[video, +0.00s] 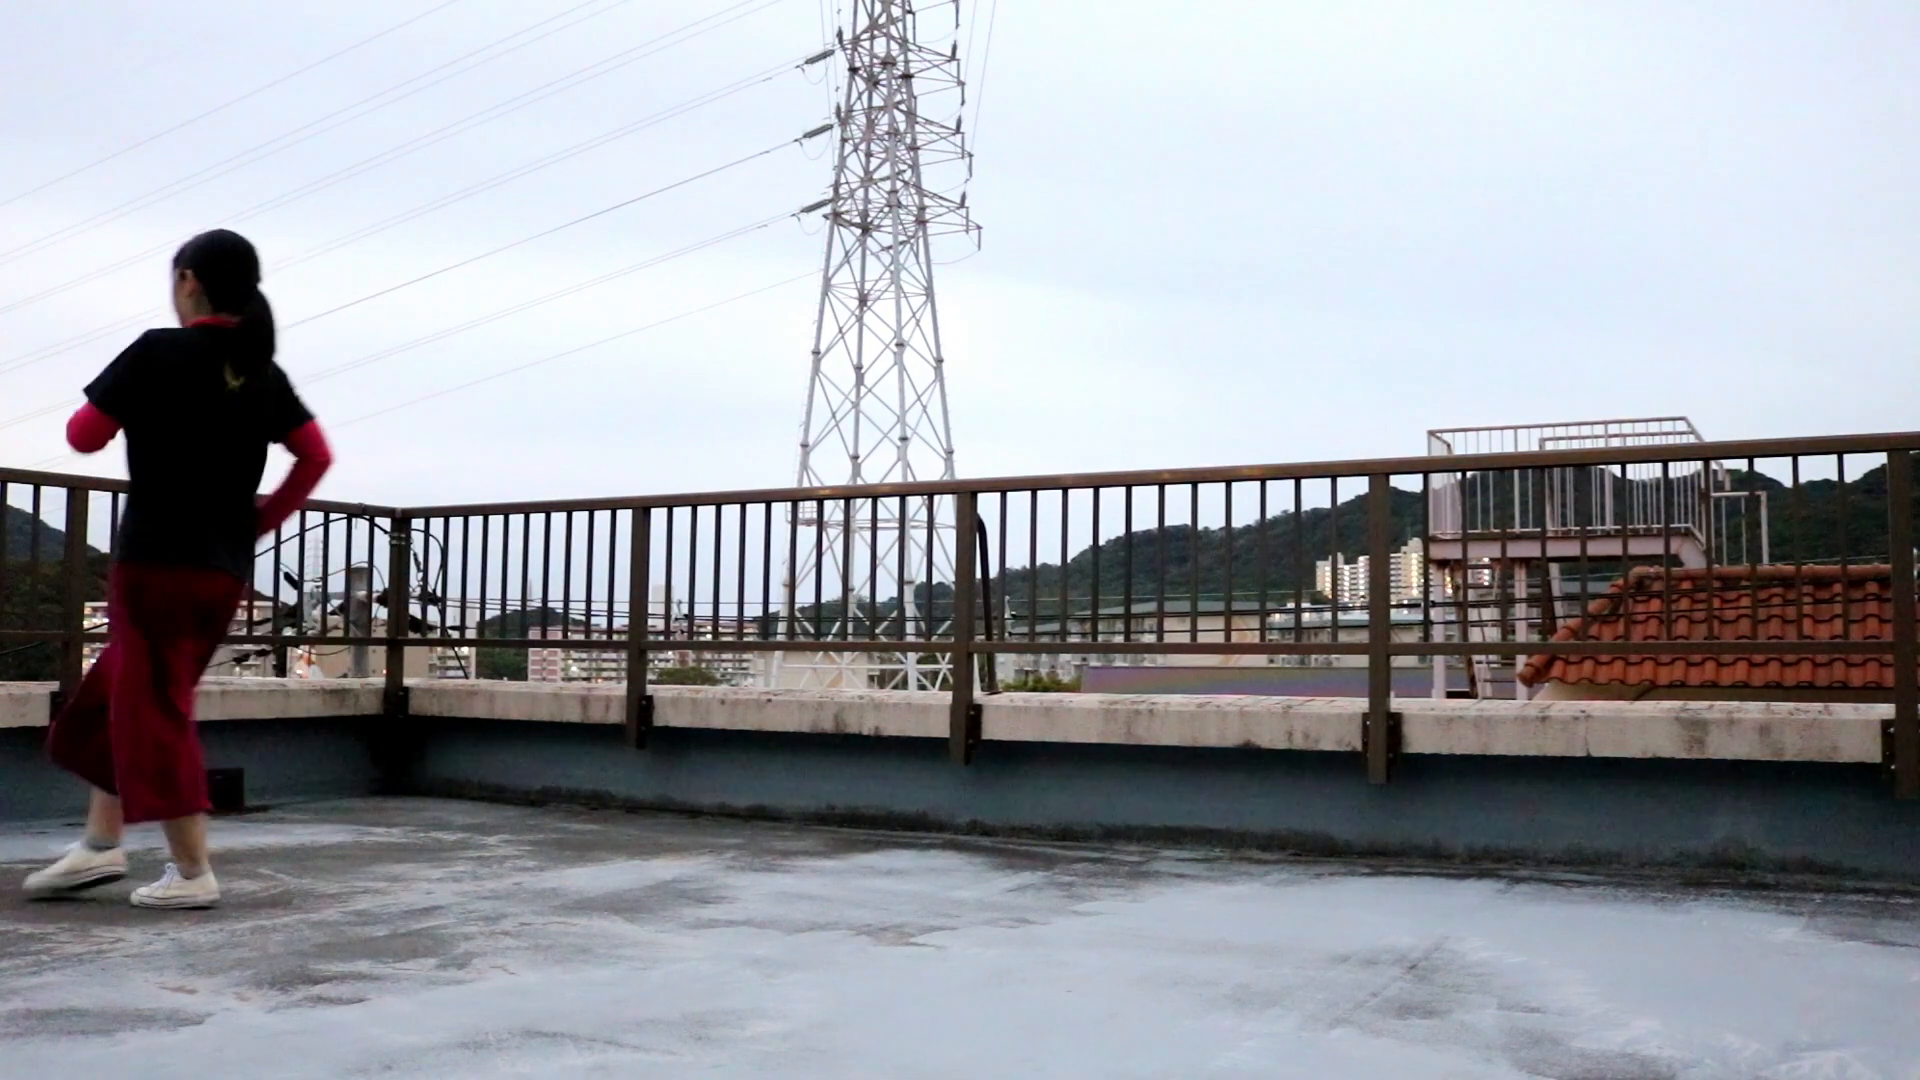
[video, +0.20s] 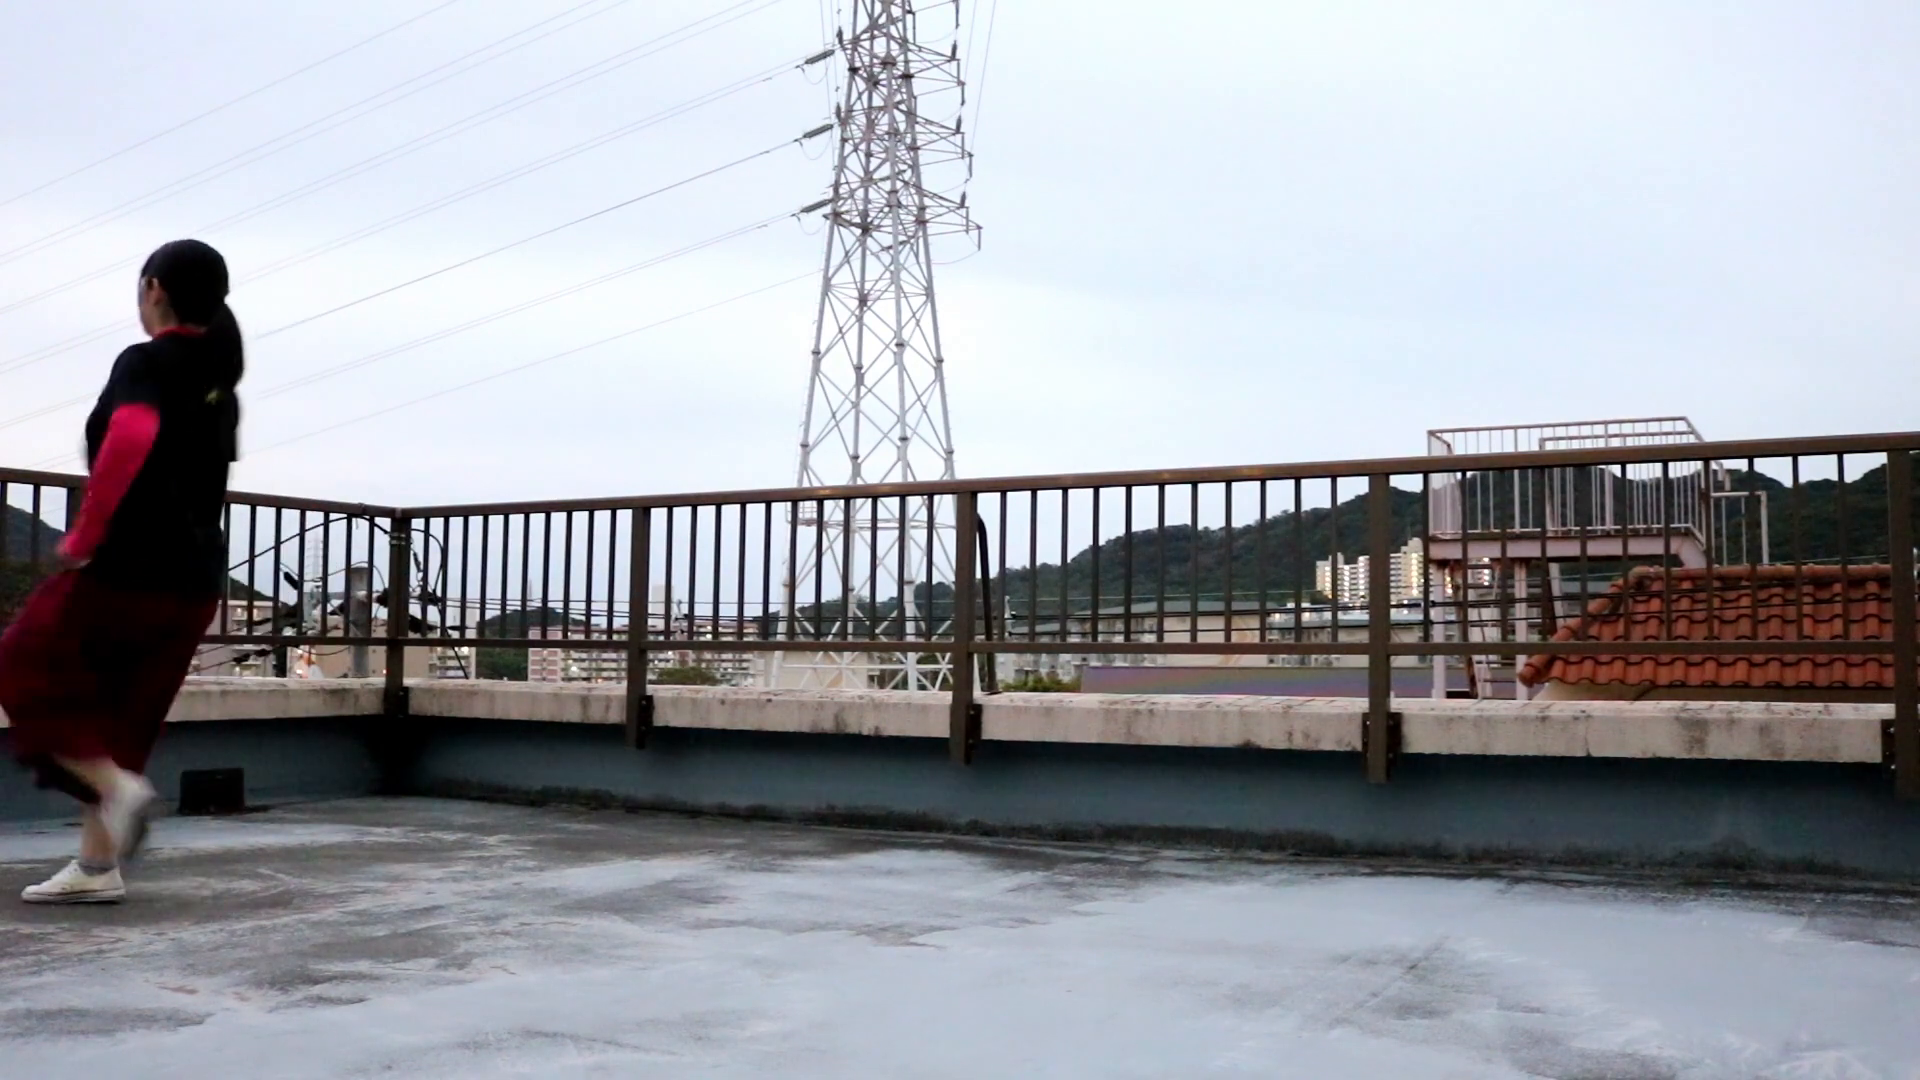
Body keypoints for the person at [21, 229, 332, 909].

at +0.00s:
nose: (172, 291)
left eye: (174, 280)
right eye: (174, 280)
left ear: (190, 284)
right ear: (246, 290)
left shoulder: (156, 351)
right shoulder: (262, 371)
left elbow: (84, 435)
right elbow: (317, 456)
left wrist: (125, 406)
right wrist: (264, 516)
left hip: (148, 561)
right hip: (224, 566)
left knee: (154, 706)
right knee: (126, 691)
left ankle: (194, 872)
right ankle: (100, 843)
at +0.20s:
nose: (140, 300)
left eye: (142, 289)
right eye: (144, 288)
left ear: (156, 293)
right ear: (212, 300)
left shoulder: (146, 360)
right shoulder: (220, 376)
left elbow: (132, 436)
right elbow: (206, 476)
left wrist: (83, 533)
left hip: (129, 566)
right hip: (194, 574)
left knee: (19, 666)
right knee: (127, 708)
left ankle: (115, 785)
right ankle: (95, 865)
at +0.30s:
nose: (133, 292)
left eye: (136, 282)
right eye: (138, 281)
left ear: (149, 287)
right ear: (203, 295)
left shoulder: (146, 347)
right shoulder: (203, 357)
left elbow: (166, 388)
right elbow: (156, 421)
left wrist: (127, 500)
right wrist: (109, 385)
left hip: (131, 549)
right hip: (195, 560)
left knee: (18, 638)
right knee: (137, 706)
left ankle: (97, 729)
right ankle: (97, 864)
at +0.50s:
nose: (157, 301)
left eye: (161, 291)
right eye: (162, 289)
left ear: (174, 297)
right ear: (229, 303)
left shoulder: (149, 365)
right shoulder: (240, 389)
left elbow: (146, 450)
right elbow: (243, 488)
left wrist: (78, 526)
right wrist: (175, 487)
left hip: (123, 572)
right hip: (195, 577)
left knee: (77, 720)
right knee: (142, 722)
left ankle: (200, 807)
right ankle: (96, 864)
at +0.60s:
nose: (176, 304)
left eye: (181, 294)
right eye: (181, 292)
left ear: (194, 303)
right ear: (251, 311)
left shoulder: (159, 381)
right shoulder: (262, 399)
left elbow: (106, 473)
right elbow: (291, 501)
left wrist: (64, 469)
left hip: (141, 584)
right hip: (210, 587)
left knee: (146, 729)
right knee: (123, 716)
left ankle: (244, 878)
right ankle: (94, 866)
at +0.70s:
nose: (207, 275)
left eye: (211, 266)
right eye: (213, 265)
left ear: (222, 276)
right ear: (279, 283)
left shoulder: (179, 348)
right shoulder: (295, 364)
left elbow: (77, 384)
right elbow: (383, 437)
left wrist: (116, 347)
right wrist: (413, 519)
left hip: (180, 564)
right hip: (253, 569)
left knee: (185, 711)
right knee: (150, 689)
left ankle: (255, 894)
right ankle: (112, 827)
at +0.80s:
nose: (235, 246)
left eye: (241, 237)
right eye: (241, 235)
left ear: (254, 247)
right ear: (309, 254)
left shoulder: (205, 312)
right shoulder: (329, 330)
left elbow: (88, 328)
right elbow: (428, 379)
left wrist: (149, 317)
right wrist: (460, 473)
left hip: (235, 546)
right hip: (303, 555)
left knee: (236, 705)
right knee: (160, 625)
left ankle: (257, 897)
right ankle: (218, 799)